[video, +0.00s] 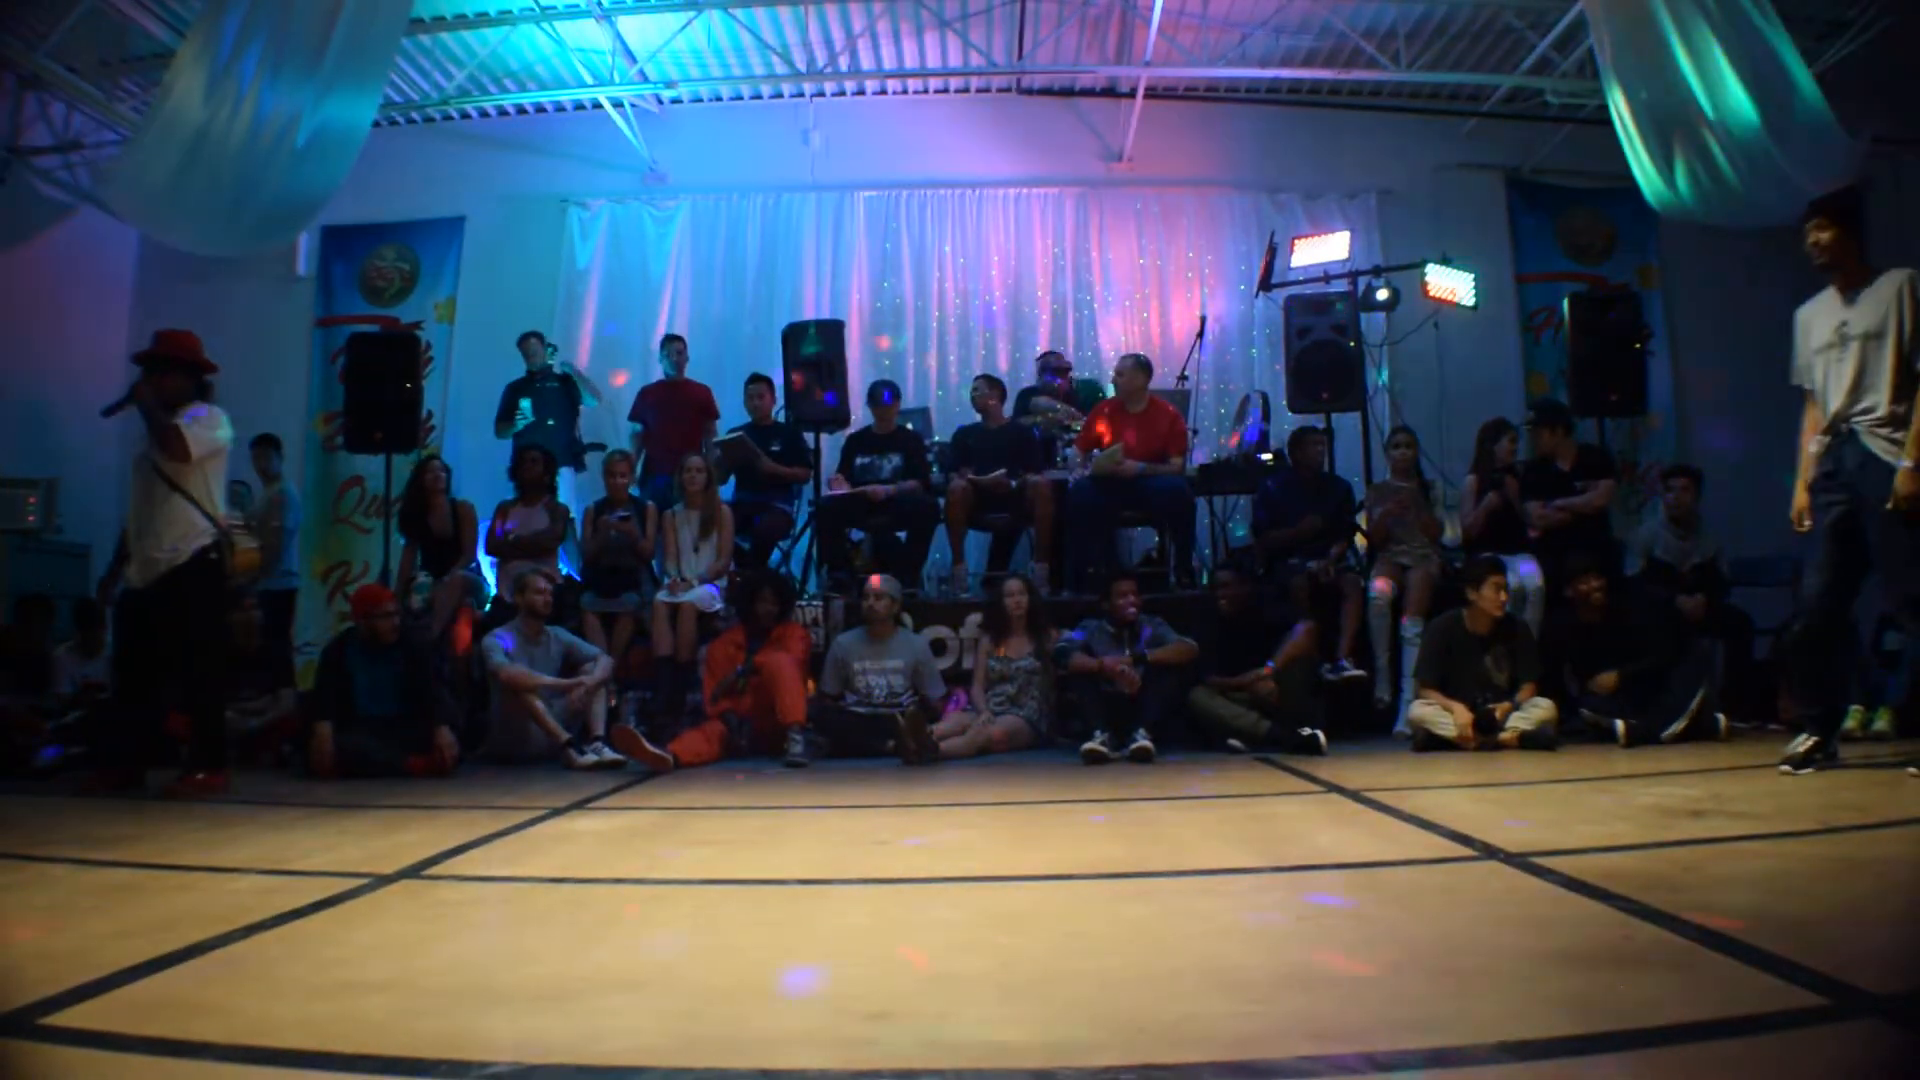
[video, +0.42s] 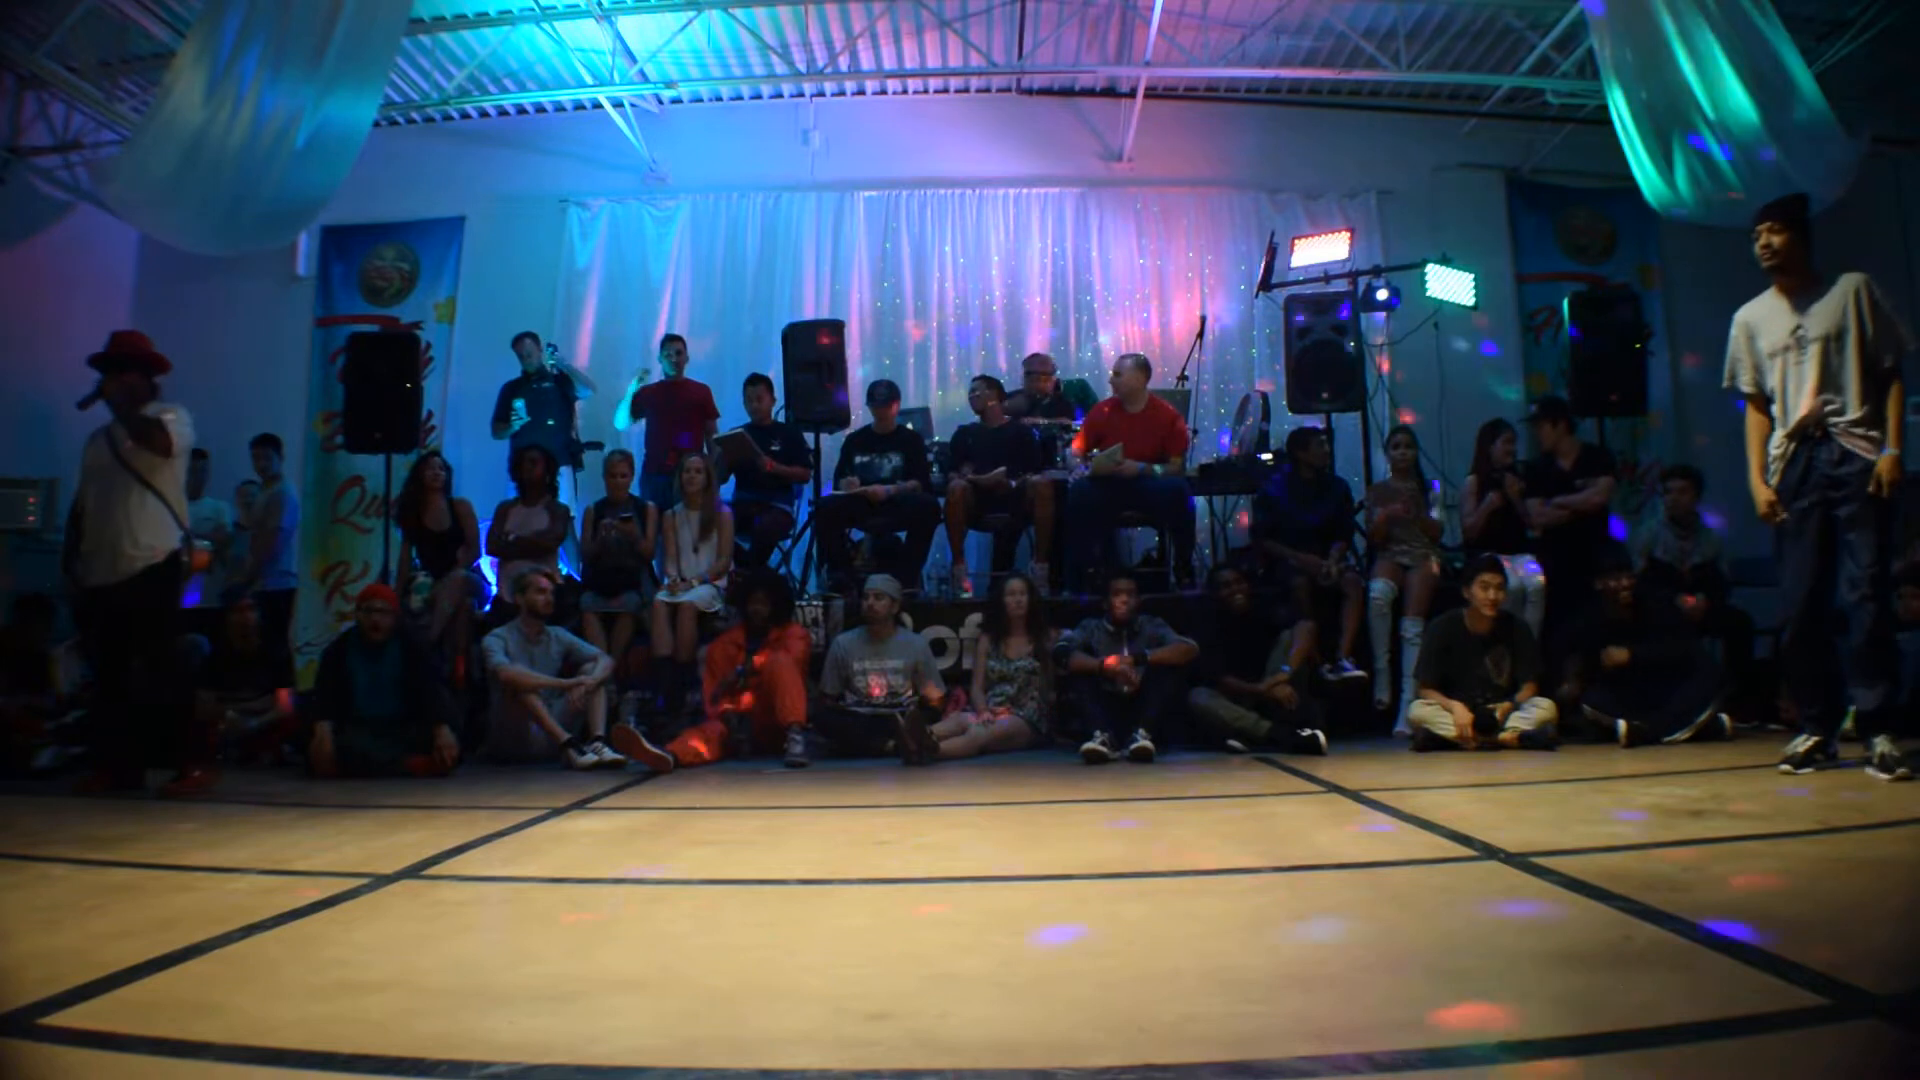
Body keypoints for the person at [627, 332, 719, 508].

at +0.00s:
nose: (674, 359)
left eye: (679, 353)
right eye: (668, 354)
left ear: (687, 358)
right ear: (661, 360)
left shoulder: (702, 392)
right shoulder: (647, 393)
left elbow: (710, 435)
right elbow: (637, 435)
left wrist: (711, 473)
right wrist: (631, 471)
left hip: (691, 476)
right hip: (655, 474)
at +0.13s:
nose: (674, 359)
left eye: (680, 353)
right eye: (668, 354)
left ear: (687, 358)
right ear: (661, 359)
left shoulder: (701, 392)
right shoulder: (648, 393)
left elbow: (711, 436)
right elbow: (637, 435)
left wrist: (712, 474)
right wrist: (627, 470)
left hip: (690, 477)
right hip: (655, 475)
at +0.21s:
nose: (675, 359)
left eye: (679, 353)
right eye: (669, 354)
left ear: (687, 357)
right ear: (661, 359)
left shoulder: (701, 392)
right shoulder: (648, 393)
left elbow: (712, 436)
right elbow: (635, 436)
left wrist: (714, 473)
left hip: (689, 477)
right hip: (654, 475)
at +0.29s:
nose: (674, 359)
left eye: (679, 353)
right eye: (668, 354)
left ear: (687, 358)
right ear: (660, 359)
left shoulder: (700, 391)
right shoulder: (648, 393)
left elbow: (711, 436)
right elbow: (631, 430)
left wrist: (714, 473)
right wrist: (632, 420)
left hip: (689, 474)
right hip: (654, 472)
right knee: (652, 534)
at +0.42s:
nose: (674, 359)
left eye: (678, 354)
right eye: (668, 355)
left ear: (686, 358)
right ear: (660, 360)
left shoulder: (701, 391)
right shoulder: (649, 392)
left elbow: (712, 437)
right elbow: (620, 424)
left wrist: (715, 475)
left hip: (690, 475)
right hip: (655, 473)